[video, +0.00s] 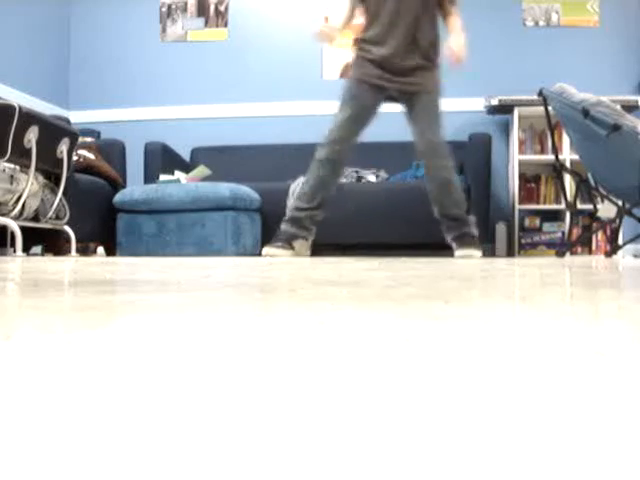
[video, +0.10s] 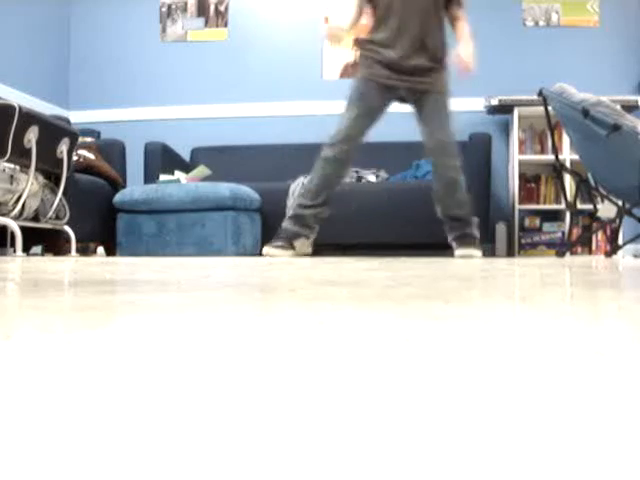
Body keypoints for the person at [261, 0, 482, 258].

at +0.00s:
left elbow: (450, 11)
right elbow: (352, 8)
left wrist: (457, 38)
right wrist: (337, 29)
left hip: (420, 68)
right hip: (371, 65)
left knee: (432, 148)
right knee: (335, 142)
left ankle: (463, 239)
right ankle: (295, 236)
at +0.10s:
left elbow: (456, 11)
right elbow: (362, 10)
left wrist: (465, 44)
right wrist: (344, 31)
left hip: (428, 69)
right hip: (378, 65)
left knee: (443, 150)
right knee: (340, 144)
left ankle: (464, 238)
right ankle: (297, 234)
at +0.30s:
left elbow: (480, 8)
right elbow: (388, 2)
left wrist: (501, 59)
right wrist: (379, 26)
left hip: (453, 46)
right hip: (410, 39)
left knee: (460, 141)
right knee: (389, 87)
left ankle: (469, 234)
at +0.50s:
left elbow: (484, 9)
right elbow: (395, 3)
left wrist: (504, 62)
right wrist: (384, 29)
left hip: (457, 50)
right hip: (412, 43)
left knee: (462, 141)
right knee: (392, 99)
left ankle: (471, 234)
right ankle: (430, 197)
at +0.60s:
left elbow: (482, 8)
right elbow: (394, 3)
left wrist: (497, 57)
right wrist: (383, 29)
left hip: (456, 52)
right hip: (411, 47)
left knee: (460, 141)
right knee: (394, 111)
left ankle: (469, 233)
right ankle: (419, 216)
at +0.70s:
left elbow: (480, 7)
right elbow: (392, 4)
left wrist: (494, 54)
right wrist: (381, 29)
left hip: (455, 54)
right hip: (409, 49)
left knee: (460, 144)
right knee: (396, 119)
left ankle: (469, 233)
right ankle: (409, 224)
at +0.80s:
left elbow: (471, 4)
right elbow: (382, 8)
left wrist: (479, 38)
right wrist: (371, 33)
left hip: (447, 56)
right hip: (402, 55)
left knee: (456, 147)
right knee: (390, 143)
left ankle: (468, 235)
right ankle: (373, 232)